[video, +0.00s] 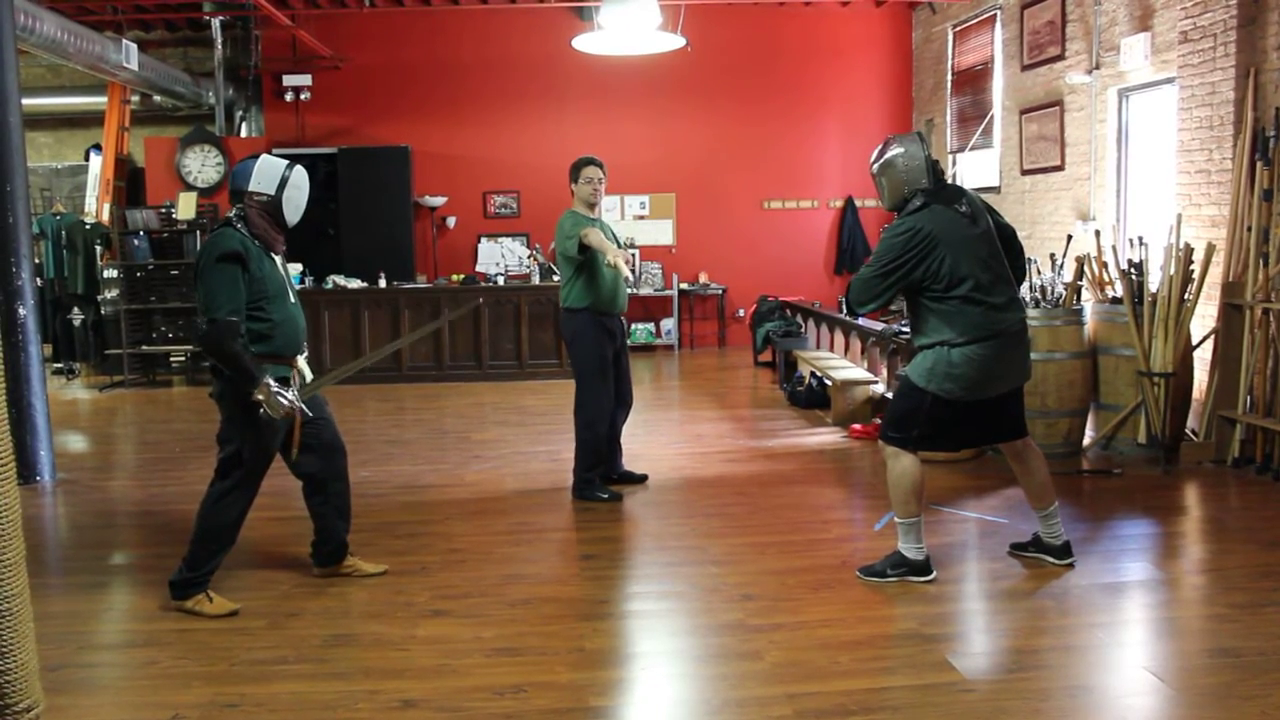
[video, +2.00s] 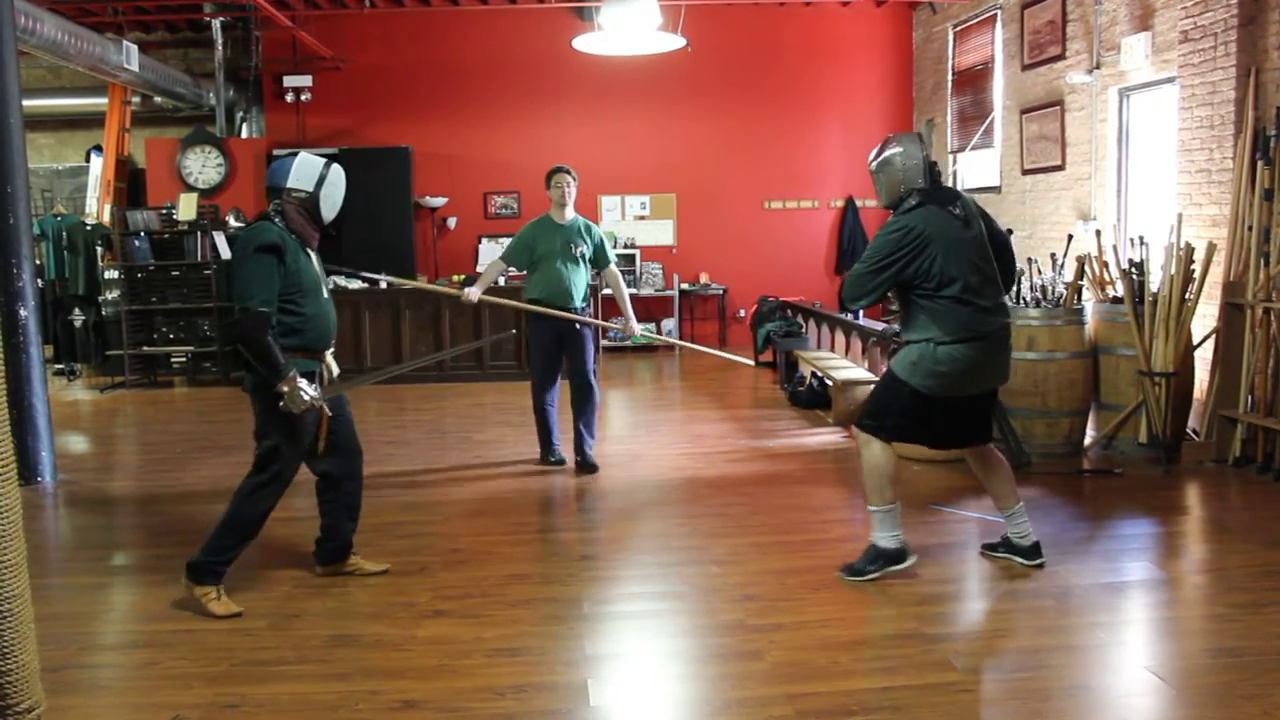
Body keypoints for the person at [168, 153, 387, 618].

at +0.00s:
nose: (294, 209)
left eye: (294, 199)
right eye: (290, 198)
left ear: (258, 193)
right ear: (267, 194)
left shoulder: (262, 242)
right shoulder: (229, 246)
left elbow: (272, 310)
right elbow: (219, 333)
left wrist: (294, 357)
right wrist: (259, 386)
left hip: (287, 376)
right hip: (252, 381)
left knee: (327, 457)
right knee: (236, 482)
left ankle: (332, 555)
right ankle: (190, 586)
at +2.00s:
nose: (331, 206)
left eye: (331, 197)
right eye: (327, 196)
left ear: (295, 194)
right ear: (303, 193)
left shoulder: (299, 242)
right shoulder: (264, 241)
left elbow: (304, 308)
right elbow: (253, 324)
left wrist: (323, 354)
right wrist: (285, 379)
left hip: (313, 371)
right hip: (282, 375)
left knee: (344, 460)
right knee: (273, 473)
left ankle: (335, 554)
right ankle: (204, 575)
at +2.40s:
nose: (337, 219)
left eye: (336, 211)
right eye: (332, 209)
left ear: (304, 204)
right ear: (310, 203)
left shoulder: (305, 245)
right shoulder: (284, 243)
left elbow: (311, 315)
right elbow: (291, 317)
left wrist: (343, 357)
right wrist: (344, 350)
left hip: (319, 374)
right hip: (293, 377)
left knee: (354, 455)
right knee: (305, 472)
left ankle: (338, 553)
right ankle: (247, 581)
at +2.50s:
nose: (333, 209)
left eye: (332, 200)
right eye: (329, 199)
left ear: (289, 196)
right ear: (308, 195)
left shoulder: (270, 240)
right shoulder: (294, 243)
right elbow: (332, 304)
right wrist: (398, 311)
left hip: (306, 371)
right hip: (295, 374)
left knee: (350, 456)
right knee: (307, 469)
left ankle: (338, 554)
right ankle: (241, 579)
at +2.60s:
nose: (319, 202)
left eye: (317, 193)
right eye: (314, 193)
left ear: (270, 196)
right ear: (294, 194)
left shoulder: (246, 247)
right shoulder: (301, 245)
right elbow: (369, 284)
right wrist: (435, 281)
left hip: (297, 376)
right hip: (298, 379)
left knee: (345, 456)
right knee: (299, 473)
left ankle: (337, 553)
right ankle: (240, 584)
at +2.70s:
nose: (313, 209)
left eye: (311, 201)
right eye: (308, 201)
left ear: (265, 203)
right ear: (288, 202)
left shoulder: (237, 252)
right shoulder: (301, 248)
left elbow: (234, 322)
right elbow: (369, 266)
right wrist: (434, 260)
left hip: (282, 380)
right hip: (296, 381)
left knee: (344, 451)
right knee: (290, 477)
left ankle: (334, 549)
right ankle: (237, 585)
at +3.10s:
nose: (351, 206)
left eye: (349, 200)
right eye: (347, 199)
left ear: (301, 201)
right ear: (333, 199)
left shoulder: (273, 246)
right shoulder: (347, 231)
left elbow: (242, 284)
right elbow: (416, 234)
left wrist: (279, 322)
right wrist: (463, 203)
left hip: (293, 371)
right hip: (332, 368)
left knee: (321, 460)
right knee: (337, 465)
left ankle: (317, 544)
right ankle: (264, 552)